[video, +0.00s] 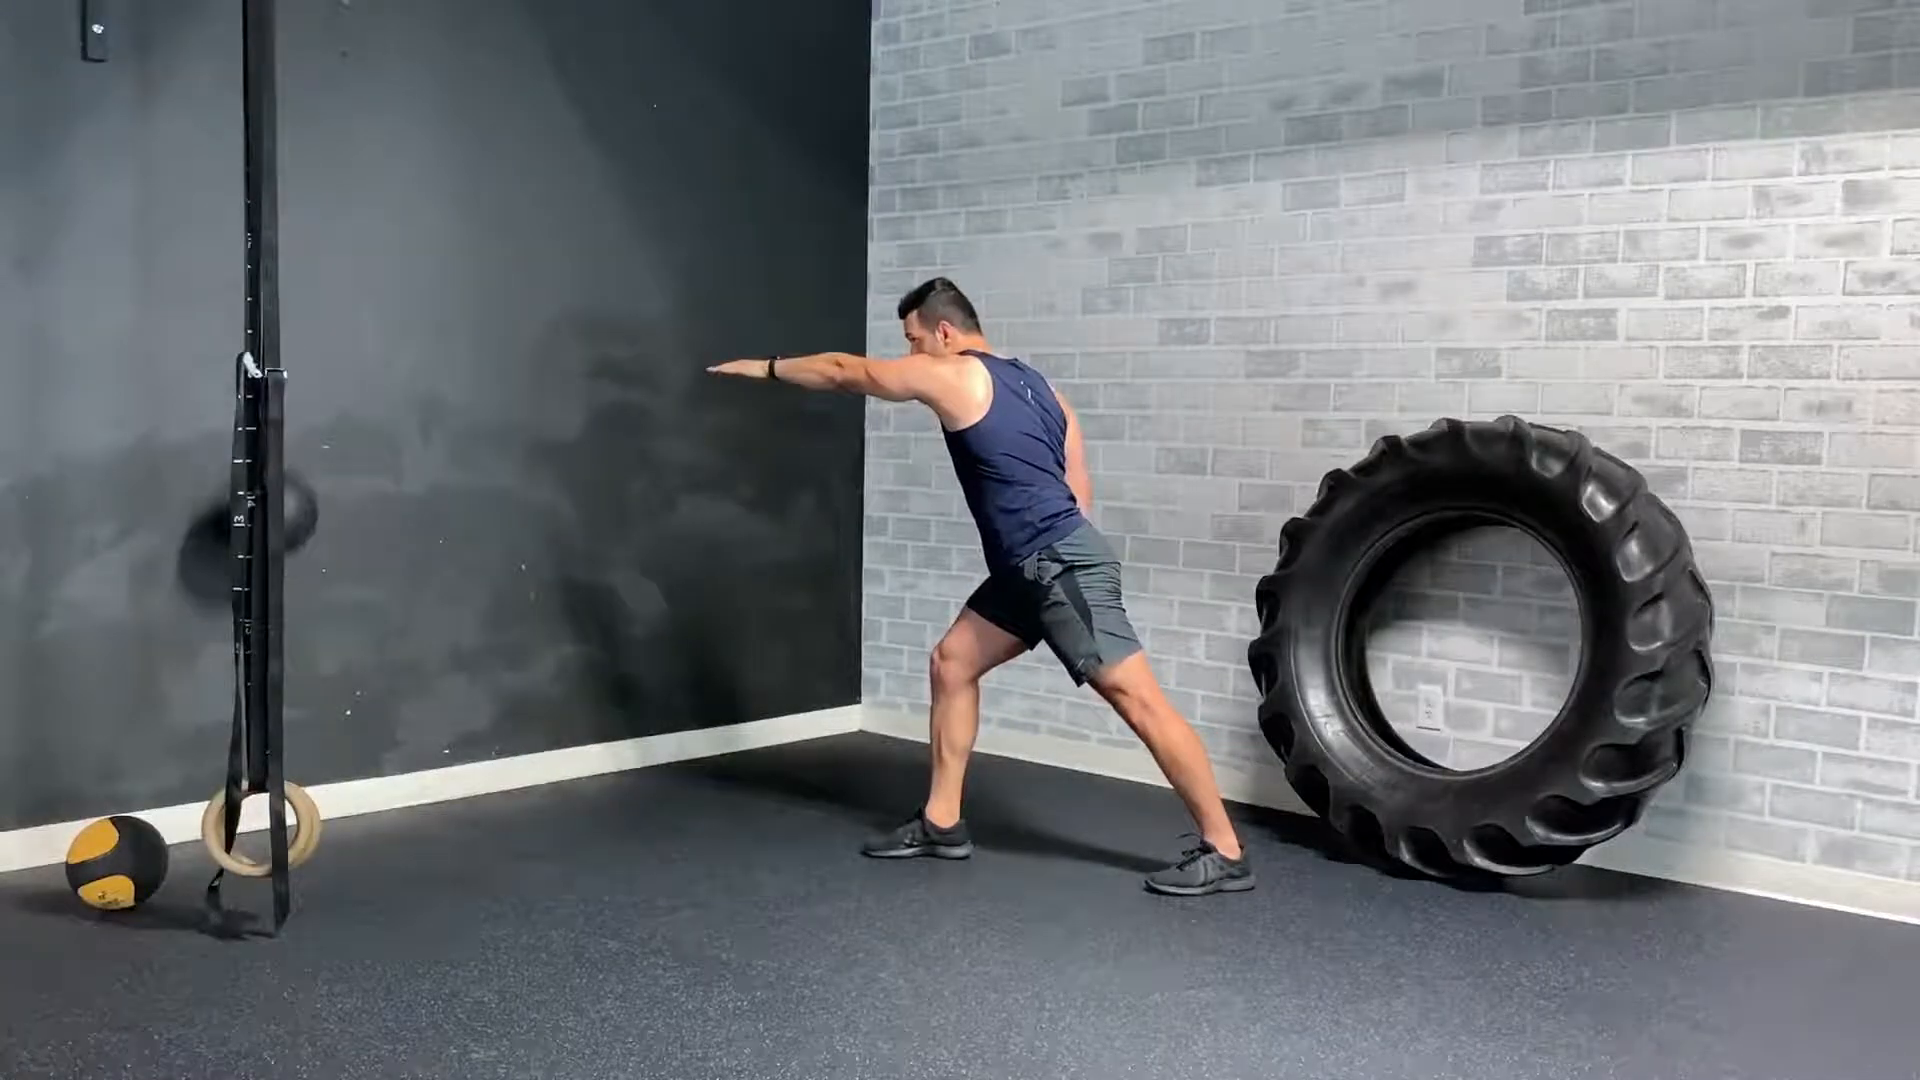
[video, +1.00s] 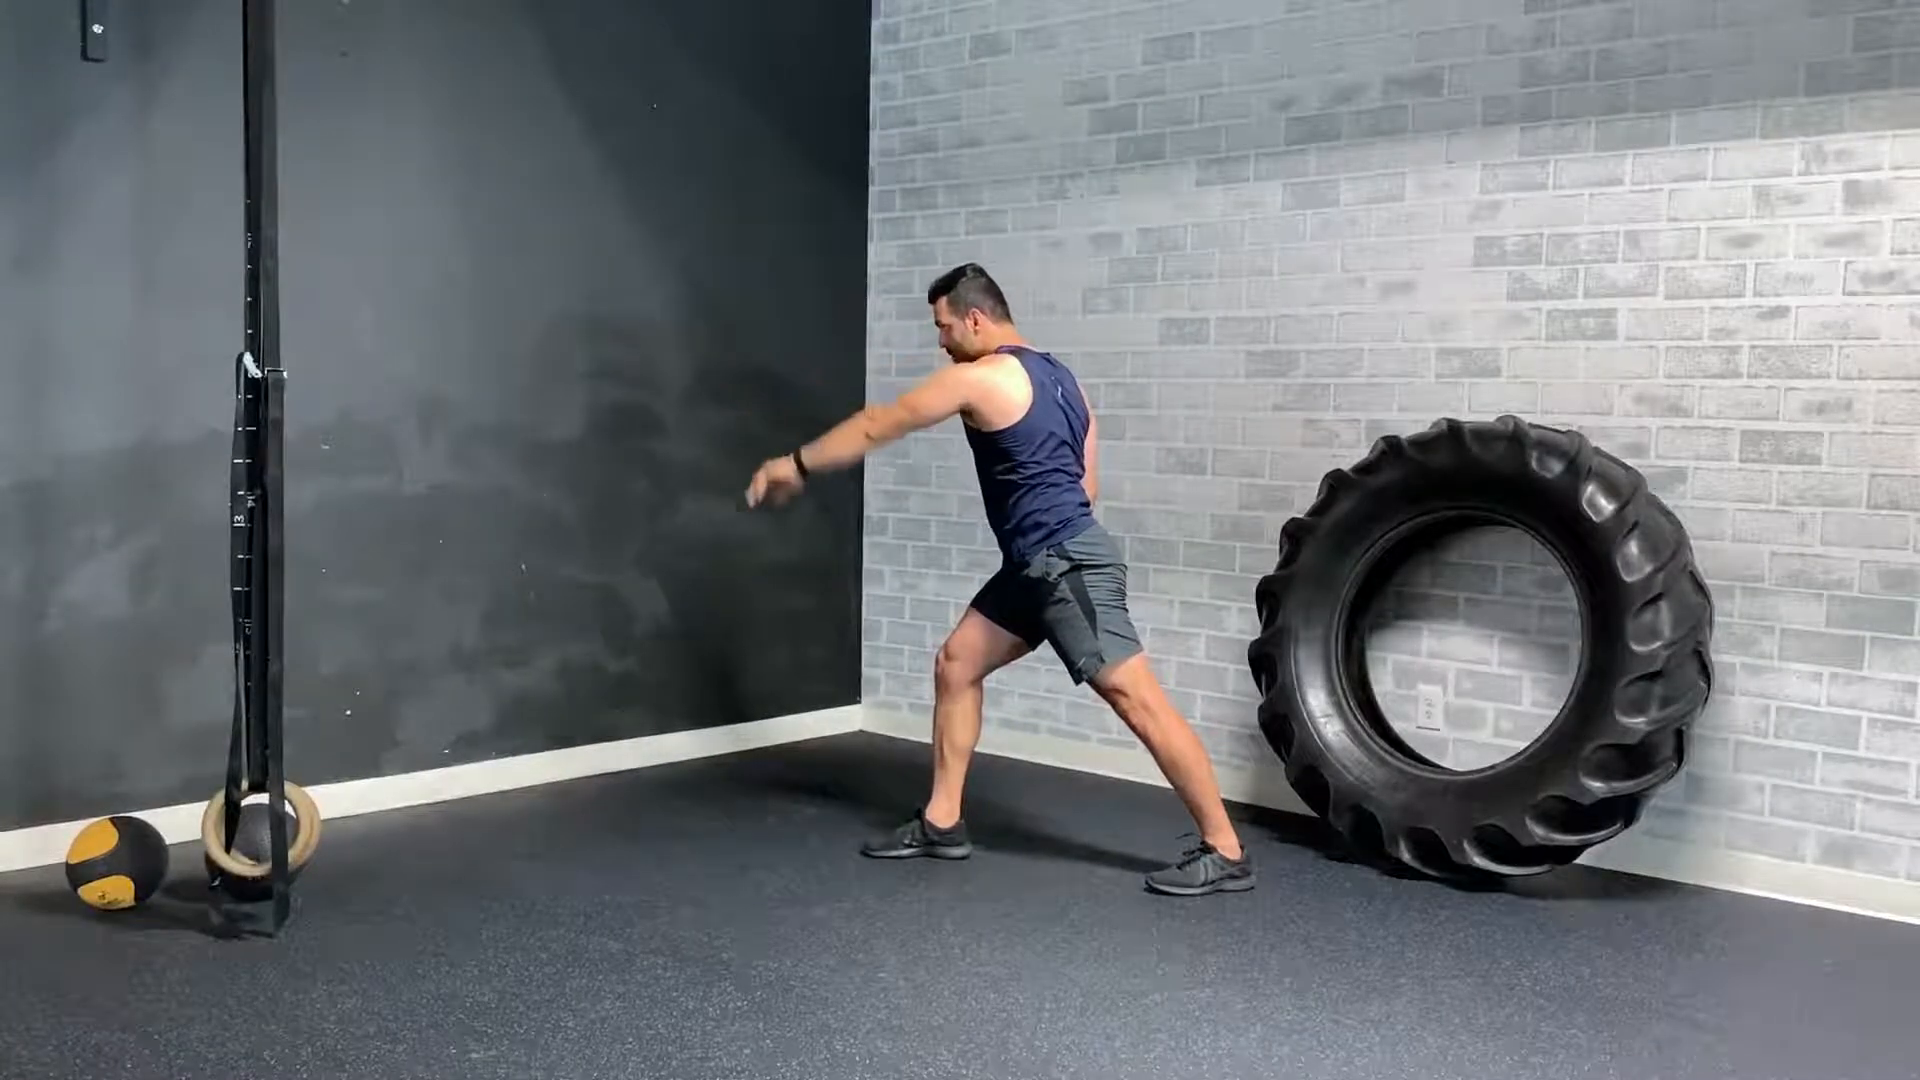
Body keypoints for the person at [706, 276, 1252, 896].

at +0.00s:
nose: (910, 354)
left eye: (913, 342)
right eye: (909, 344)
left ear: (943, 330)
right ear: (965, 328)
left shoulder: (948, 372)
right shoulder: (1039, 387)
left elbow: (848, 373)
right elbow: (1076, 490)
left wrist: (766, 367)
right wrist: (1066, 555)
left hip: (1060, 562)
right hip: (1035, 571)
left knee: (1144, 705)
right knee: (952, 662)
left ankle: (1225, 850)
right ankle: (942, 824)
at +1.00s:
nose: (941, 342)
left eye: (943, 327)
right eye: (939, 330)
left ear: (973, 317)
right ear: (992, 315)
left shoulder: (975, 376)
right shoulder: (1060, 378)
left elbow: (877, 426)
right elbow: (1084, 489)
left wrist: (798, 463)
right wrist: (1044, 549)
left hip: (1067, 561)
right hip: (1049, 564)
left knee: (1139, 701)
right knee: (958, 662)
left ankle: (1225, 849)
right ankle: (942, 822)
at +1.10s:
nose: (950, 334)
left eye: (953, 319)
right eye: (948, 321)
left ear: (985, 313)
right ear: (1003, 313)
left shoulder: (992, 379)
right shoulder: (1070, 378)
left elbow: (914, 471)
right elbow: (1087, 490)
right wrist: (1051, 550)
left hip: (1069, 564)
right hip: (1045, 565)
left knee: (1139, 704)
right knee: (959, 662)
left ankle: (1225, 848)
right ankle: (942, 825)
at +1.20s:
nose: (957, 330)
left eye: (960, 316)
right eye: (955, 317)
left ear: (992, 309)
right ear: (1010, 310)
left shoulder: (1001, 381)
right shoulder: (1071, 375)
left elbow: (973, 496)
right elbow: (1091, 488)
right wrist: (1044, 547)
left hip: (1071, 561)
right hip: (1051, 563)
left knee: (1138, 702)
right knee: (960, 665)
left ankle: (1225, 848)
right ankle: (941, 824)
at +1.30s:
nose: (964, 324)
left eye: (967, 310)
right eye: (962, 311)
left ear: (1000, 305)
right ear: (1014, 305)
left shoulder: (1016, 380)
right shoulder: (1067, 365)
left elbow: (1032, 493)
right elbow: (1093, 481)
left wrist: (1033, 588)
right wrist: (1053, 547)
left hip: (1076, 559)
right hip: (1058, 555)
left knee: (1141, 700)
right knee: (965, 666)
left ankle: (1225, 848)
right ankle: (940, 824)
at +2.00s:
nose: (913, 318)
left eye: (919, 305)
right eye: (912, 306)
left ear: (955, 303)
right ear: (963, 305)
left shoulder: (974, 378)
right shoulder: (1002, 363)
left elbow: (978, 491)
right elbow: (1008, 483)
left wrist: (946, 580)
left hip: (1025, 558)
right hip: (1001, 561)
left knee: (1094, 696)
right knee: (915, 671)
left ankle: (1205, 829)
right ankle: (939, 827)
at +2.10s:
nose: (886, 305)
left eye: (891, 292)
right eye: (884, 293)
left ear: (926, 288)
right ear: (935, 290)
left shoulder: (939, 363)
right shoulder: (976, 349)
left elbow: (940, 473)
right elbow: (981, 466)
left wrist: (913, 562)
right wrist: (937, 558)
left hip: (984, 547)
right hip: (968, 546)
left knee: (1020, 699)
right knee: (902, 674)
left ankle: (1162, 807)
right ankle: (940, 825)